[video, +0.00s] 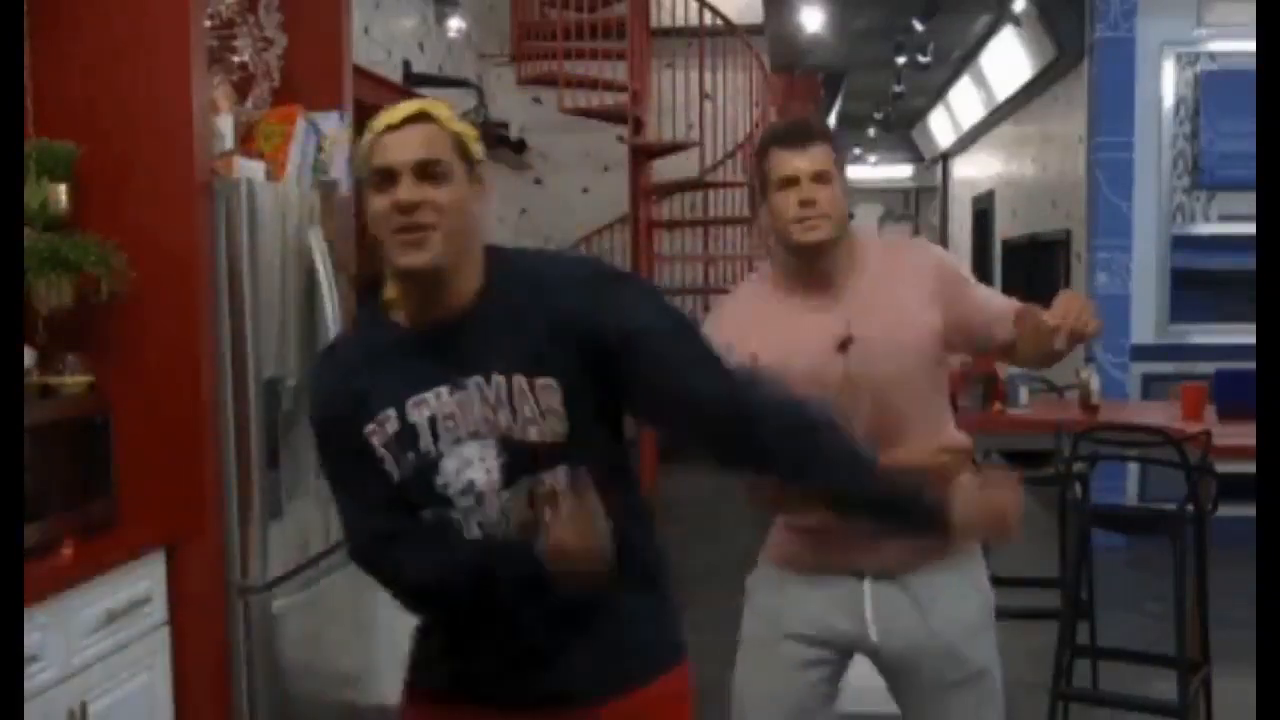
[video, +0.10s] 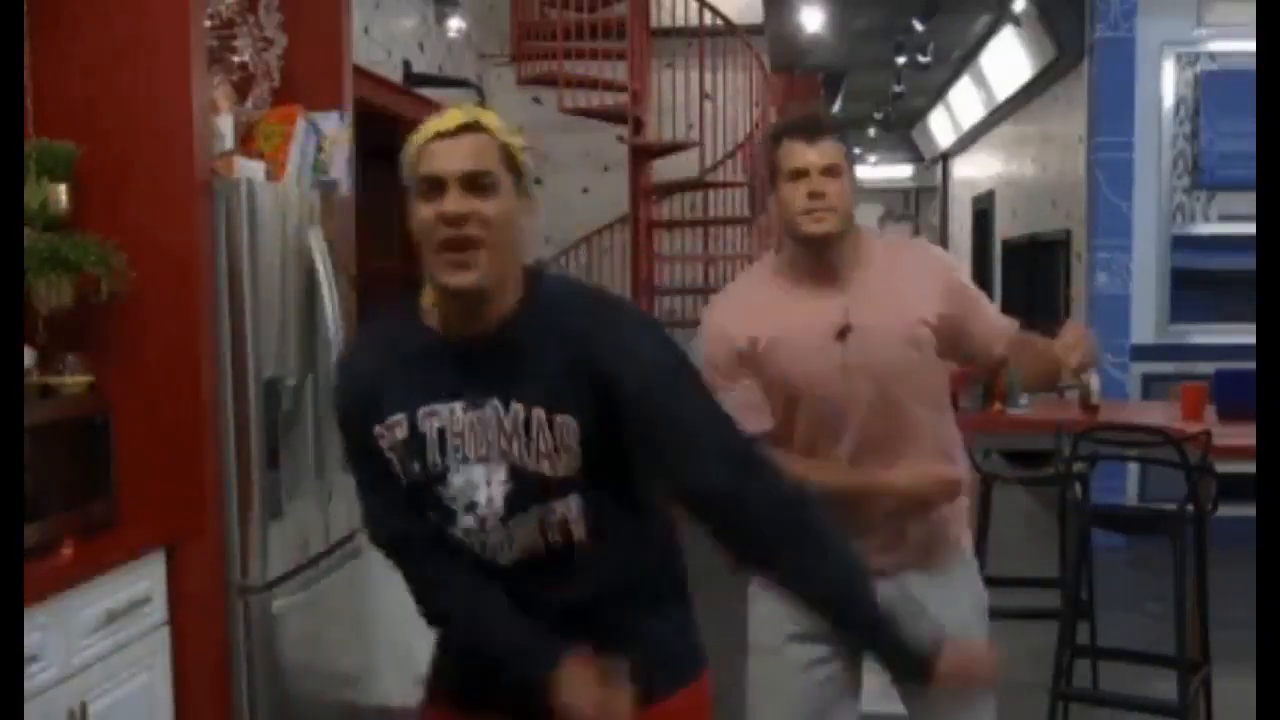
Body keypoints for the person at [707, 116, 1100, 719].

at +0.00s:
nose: (807, 196)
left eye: (821, 179)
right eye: (787, 185)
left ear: (845, 191)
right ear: (763, 205)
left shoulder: (919, 269)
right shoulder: (734, 323)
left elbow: (1014, 336)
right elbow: (761, 485)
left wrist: (1059, 325)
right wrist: (894, 469)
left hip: (933, 574)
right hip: (799, 579)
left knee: (967, 709)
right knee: (764, 710)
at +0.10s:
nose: (816, 189)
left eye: (830, 172)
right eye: (797, 177)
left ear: (852, 184)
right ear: (773, 196)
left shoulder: (921, 268)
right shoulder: (733, 316)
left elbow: (1006, 349)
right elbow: (747, 464)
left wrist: (1057, 358)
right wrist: (884, 486)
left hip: (932, 566)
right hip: (803, 571)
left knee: (963, 709)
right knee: (787, 710)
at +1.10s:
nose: (730, 195)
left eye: (745, 183)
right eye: (715, 184)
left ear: (767, 194)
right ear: (696, 199)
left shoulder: (828, 263)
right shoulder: (657, 296)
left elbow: (900, 346)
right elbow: (640, 416)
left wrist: (906, 452)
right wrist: (640, 532)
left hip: (816, 512)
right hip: (699, 517)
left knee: (878, 676)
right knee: (657, 686)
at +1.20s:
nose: (763, 196)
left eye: (776, 184)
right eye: (748, 184)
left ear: (795, 195)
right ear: (727, 195)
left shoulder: (849, 266)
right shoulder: (684, 297)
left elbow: (946, 323)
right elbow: (671, 417)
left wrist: (960, 400)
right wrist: (719, 499)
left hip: (844, 520)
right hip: (735, 521)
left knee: (911, 694)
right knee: (676, 692)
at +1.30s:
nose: (811, 206)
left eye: (825, 195)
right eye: (797, 193)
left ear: (842, 213)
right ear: (772, 208)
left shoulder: (885, 282)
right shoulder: (737, 299)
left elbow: (988, 331)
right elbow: (736, 439)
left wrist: (1002, 280)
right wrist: (802, 415)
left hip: (888, 544)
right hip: (775, 539)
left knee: (924, 703)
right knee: (733, 694)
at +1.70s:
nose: (827, 231)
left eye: (840, 217)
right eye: (810, 220)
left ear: (860, 229)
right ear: (788, 238)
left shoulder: (908, 311)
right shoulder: (752, 323)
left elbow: (969, 404)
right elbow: (743, 445)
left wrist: (1023, 428)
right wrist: (839, 515)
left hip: (897, 549)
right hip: (785, 549)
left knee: (941, 704)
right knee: (771, 706)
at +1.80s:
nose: (780, 190)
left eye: (793, 177)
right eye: (764, 182)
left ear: (820, 189)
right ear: (750, 202)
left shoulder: (875, 278)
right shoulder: (711, 289)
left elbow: (905, 393)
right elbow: (675, 407)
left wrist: (927, 503)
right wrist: (687, 499)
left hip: (863, 529)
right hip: (741, 528)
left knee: (924, 694)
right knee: (661, 676)